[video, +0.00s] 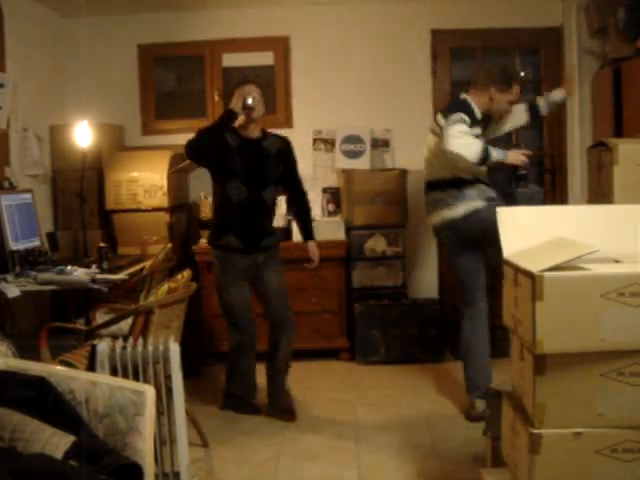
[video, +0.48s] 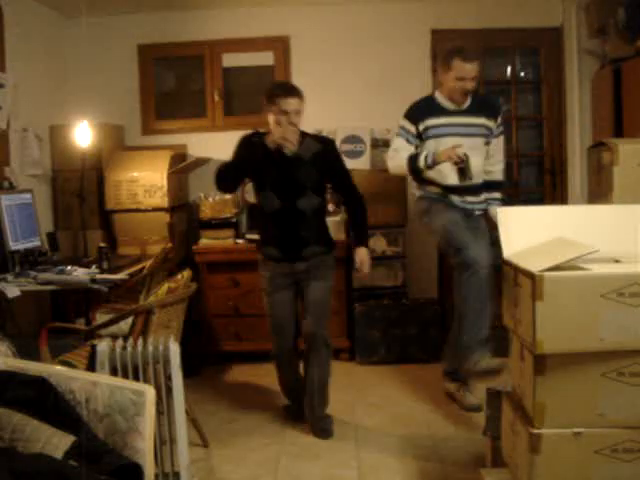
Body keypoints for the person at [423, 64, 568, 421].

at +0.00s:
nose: (506, 108)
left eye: (508, 103)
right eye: (505, 101)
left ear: (486, 94)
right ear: (489, 92)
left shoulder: (470, 115)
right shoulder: (459, 112)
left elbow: (513, 116)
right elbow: (457, 147)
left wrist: (553, 98)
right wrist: (503, 155)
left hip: (455, 217)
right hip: (468, 212)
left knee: (474, 304)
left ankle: (477, 394)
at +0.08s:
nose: (512, 100)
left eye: (514, 94)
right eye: (509, 93)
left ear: (492, 87)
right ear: (489, 85)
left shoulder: (484, 110)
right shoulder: (456, 105)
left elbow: (523, 114)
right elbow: (441, 142)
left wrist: (568, 104)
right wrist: (490, 153)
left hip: (449, 205)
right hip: (459, 199)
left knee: (465, 296)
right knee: (531, 207)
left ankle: (473, 390)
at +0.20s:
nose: (502, 104)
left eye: (506, 98)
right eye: (498, 96)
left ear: (503, 95)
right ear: (475, 88)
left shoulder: (492, 122)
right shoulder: (442, 109)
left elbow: (528, 134)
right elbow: (415, 140)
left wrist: (557, 127)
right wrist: (467, 152)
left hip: (467, 204)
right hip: (442, 203)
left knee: (459, 290)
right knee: (529, 214)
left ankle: (437, 383)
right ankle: (483, 268)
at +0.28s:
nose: (499, 104)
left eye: (503, 98)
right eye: (494, 97)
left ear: (499, 97)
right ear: (473, 90)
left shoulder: (491, 126)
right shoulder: (440, 113)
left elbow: (526, 146)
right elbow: (408, 143)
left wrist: (554, 134)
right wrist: (462, 153)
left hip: (467, 208)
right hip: (441, 207)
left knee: (456, 296)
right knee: (527, 221)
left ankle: (434, 383)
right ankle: (476, 271)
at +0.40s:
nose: (488, 95)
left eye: (491, 89)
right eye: (482, 87)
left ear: (491, 89)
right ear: (460, 81)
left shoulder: (486, 123)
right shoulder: (433, 112)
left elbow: (505, 160)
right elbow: (398, 150)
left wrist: (526, 174)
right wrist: (448, 154)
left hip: (470, 205)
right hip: (437, 202)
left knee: (463, 294)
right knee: (508, 226)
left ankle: (439, 383)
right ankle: (469, 294)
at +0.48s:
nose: (468, 87)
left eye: (472, 80)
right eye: (460, 80)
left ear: (478, 78)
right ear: (440, 75)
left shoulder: (487, 112)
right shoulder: (420, 112)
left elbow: (495, 164)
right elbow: (396, 159)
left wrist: (493, 208)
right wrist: (435, 156)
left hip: (477, 208)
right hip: (439, 204)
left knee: (472, 282)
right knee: (478, 258)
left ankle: (455, 372)